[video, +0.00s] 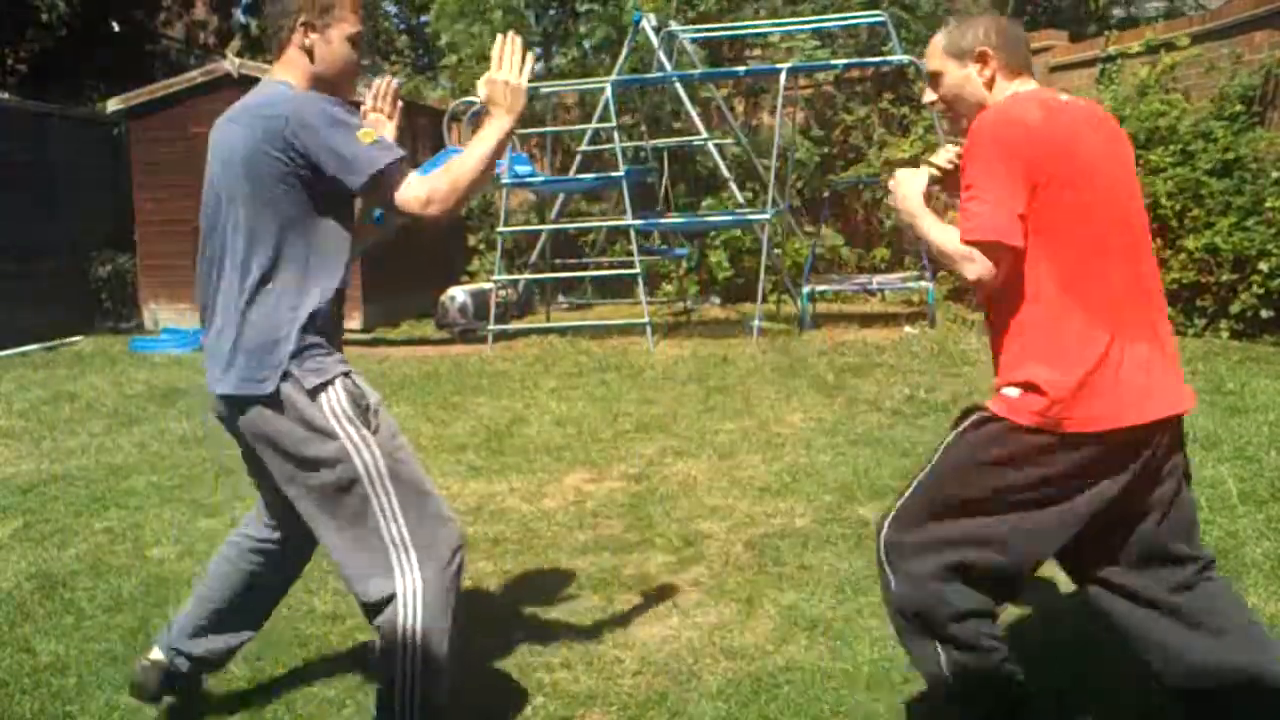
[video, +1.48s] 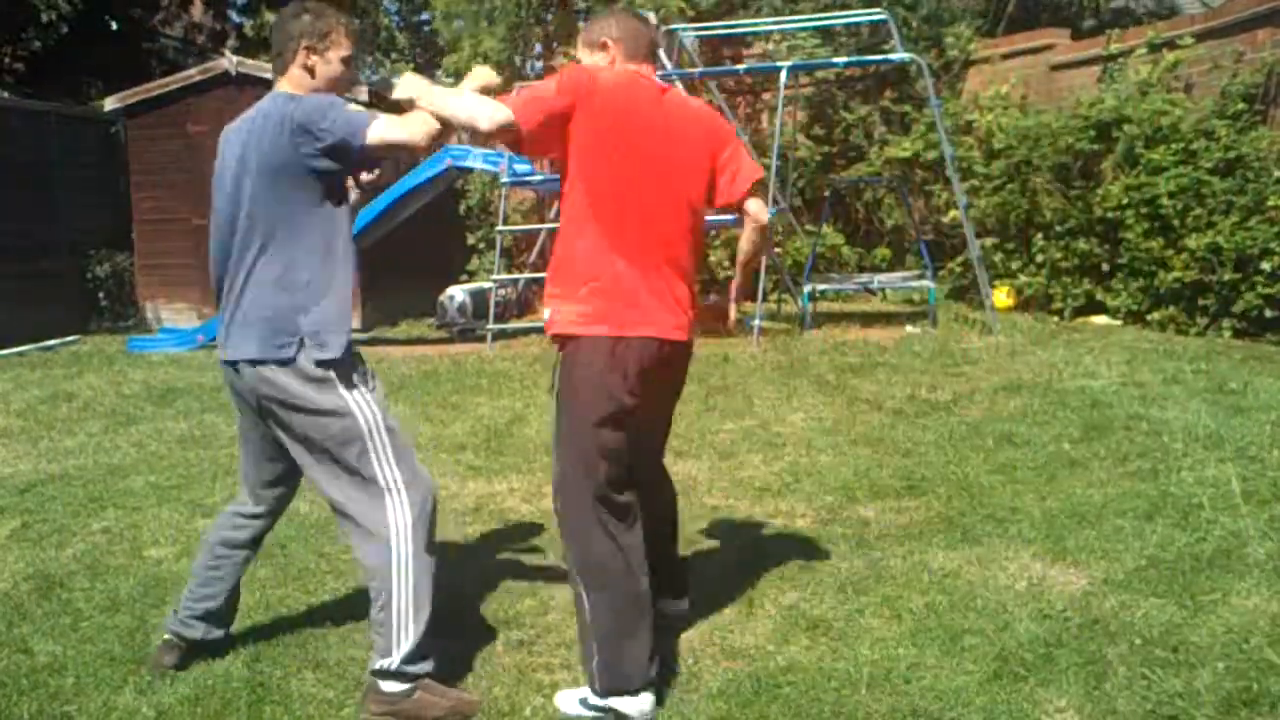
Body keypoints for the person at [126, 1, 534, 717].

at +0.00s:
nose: (362, 60)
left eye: (363, 43)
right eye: (355, 41)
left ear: (303, 37)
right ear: (307, 36)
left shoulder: (239, 120)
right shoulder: (300, 112)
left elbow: (326, 240)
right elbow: (427, 198)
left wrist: (364, 153)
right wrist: (501, 118)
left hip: (245, 374)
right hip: (298, 373)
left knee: (284, 522)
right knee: (424, 552)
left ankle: (175, 661)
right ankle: (414, 712)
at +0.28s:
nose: (312, 57)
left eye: (313, 41)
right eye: (304, 40)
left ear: (253, 38)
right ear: (256, 37)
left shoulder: (200, 116)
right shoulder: (243, 113)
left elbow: (253, 221)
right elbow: (333, 214)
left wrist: (310, 157)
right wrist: (448, 182)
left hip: (221, 358)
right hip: (276, 360)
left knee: (237, 490)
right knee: (394, 501)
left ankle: (187, 649)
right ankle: (387, 692)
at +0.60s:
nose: (328, 51)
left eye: (328, 37)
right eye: (319, 35)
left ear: (271, 38)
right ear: (269, 35)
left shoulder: (215, 114)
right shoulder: (269, 111)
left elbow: (275, 228)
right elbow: (358, 208)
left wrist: (325, 159)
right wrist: (440, 141)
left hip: (240, 348)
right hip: (298, 345)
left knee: (252, 500)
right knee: (407, 502)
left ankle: (188, 655)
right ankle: (396, 686)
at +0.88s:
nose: (356, 55)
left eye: (357, 41)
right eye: (346, 39)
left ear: (299, 38)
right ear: (298, 36)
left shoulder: (254, 114)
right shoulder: (284, 113)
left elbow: (295, 225)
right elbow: (347, 223)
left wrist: (341, 161)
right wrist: (441, 165)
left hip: (264, 345)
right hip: (314, 343)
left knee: (273, 502)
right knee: (420, 500)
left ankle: (189, 655)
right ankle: (398, 684)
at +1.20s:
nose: (370, 49)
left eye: (370, 35)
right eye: (362, 34)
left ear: (314, 34)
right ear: (318, 33)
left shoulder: (254, 114)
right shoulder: (308, 97)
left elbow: (330, 212)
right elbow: (412, 131)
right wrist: (502, 55)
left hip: (265, 338)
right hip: (328, 334)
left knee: (276, 492)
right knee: (426, 495)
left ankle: (196, 638)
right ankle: (400, 680)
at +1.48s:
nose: (349, 74)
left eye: (350, 63)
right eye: (343, 62)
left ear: (292, 59)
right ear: (307, 56)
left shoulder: (239, 131)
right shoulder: (309, 114)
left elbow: (325, 208)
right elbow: (418, 134)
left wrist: (366, 165)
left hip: (246, 353)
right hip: (305, 353)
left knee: (257, 497)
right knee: (401, 494)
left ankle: (189, 632)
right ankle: (399, 674)